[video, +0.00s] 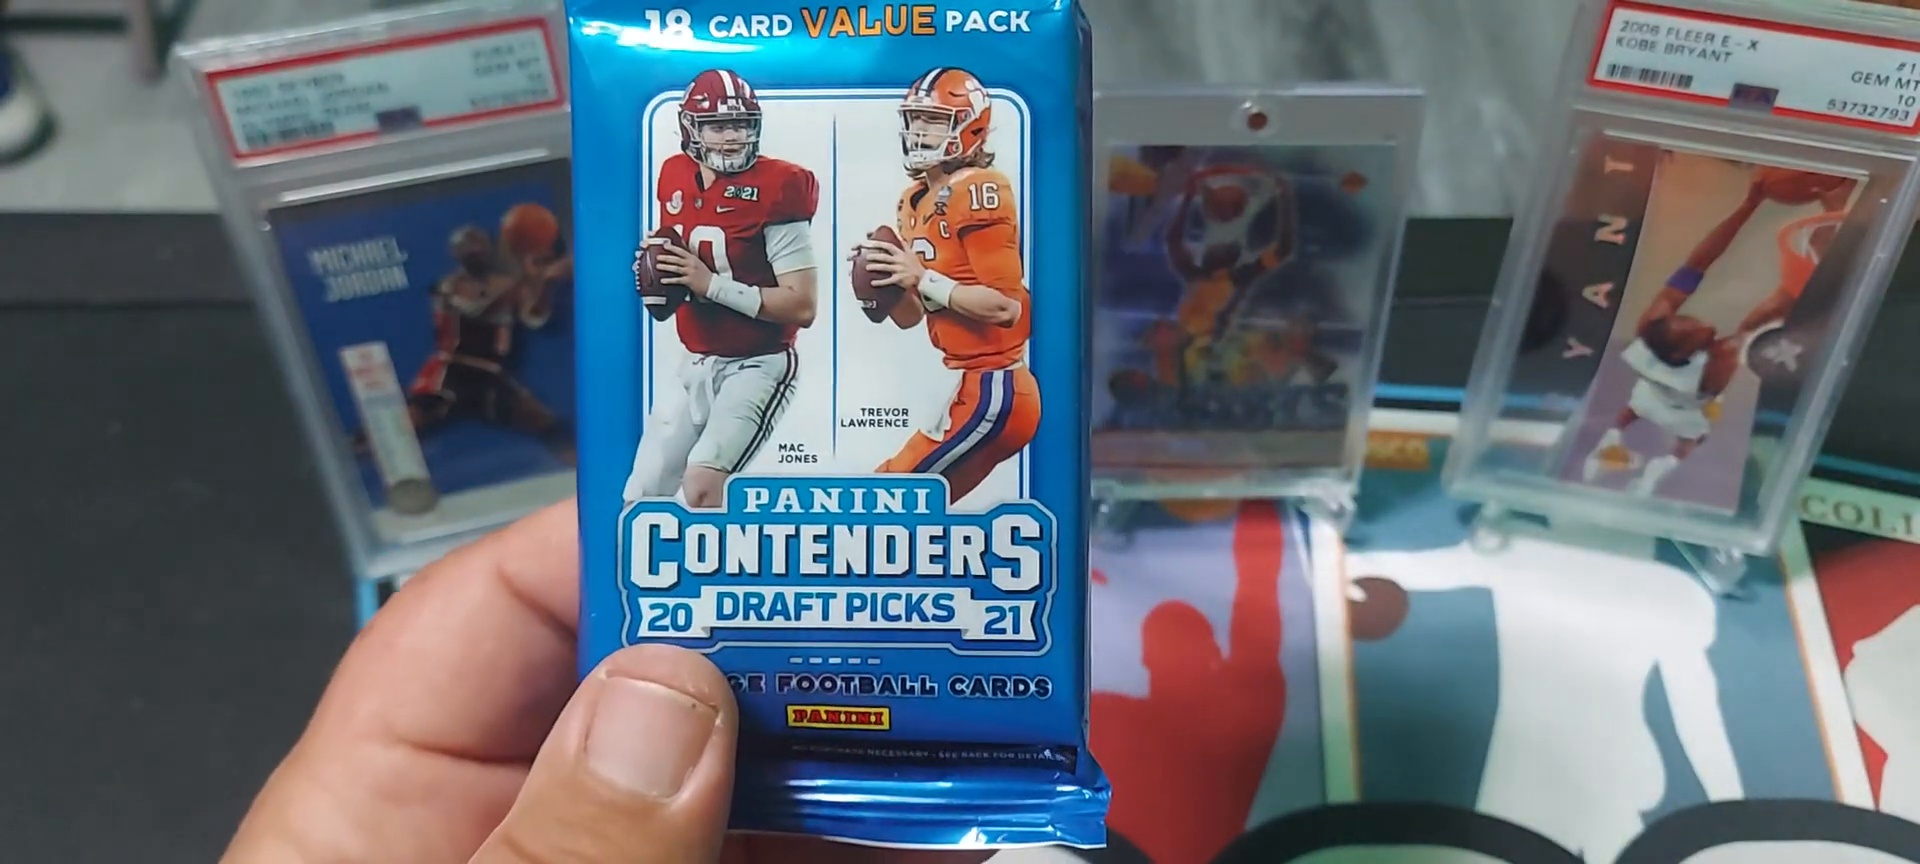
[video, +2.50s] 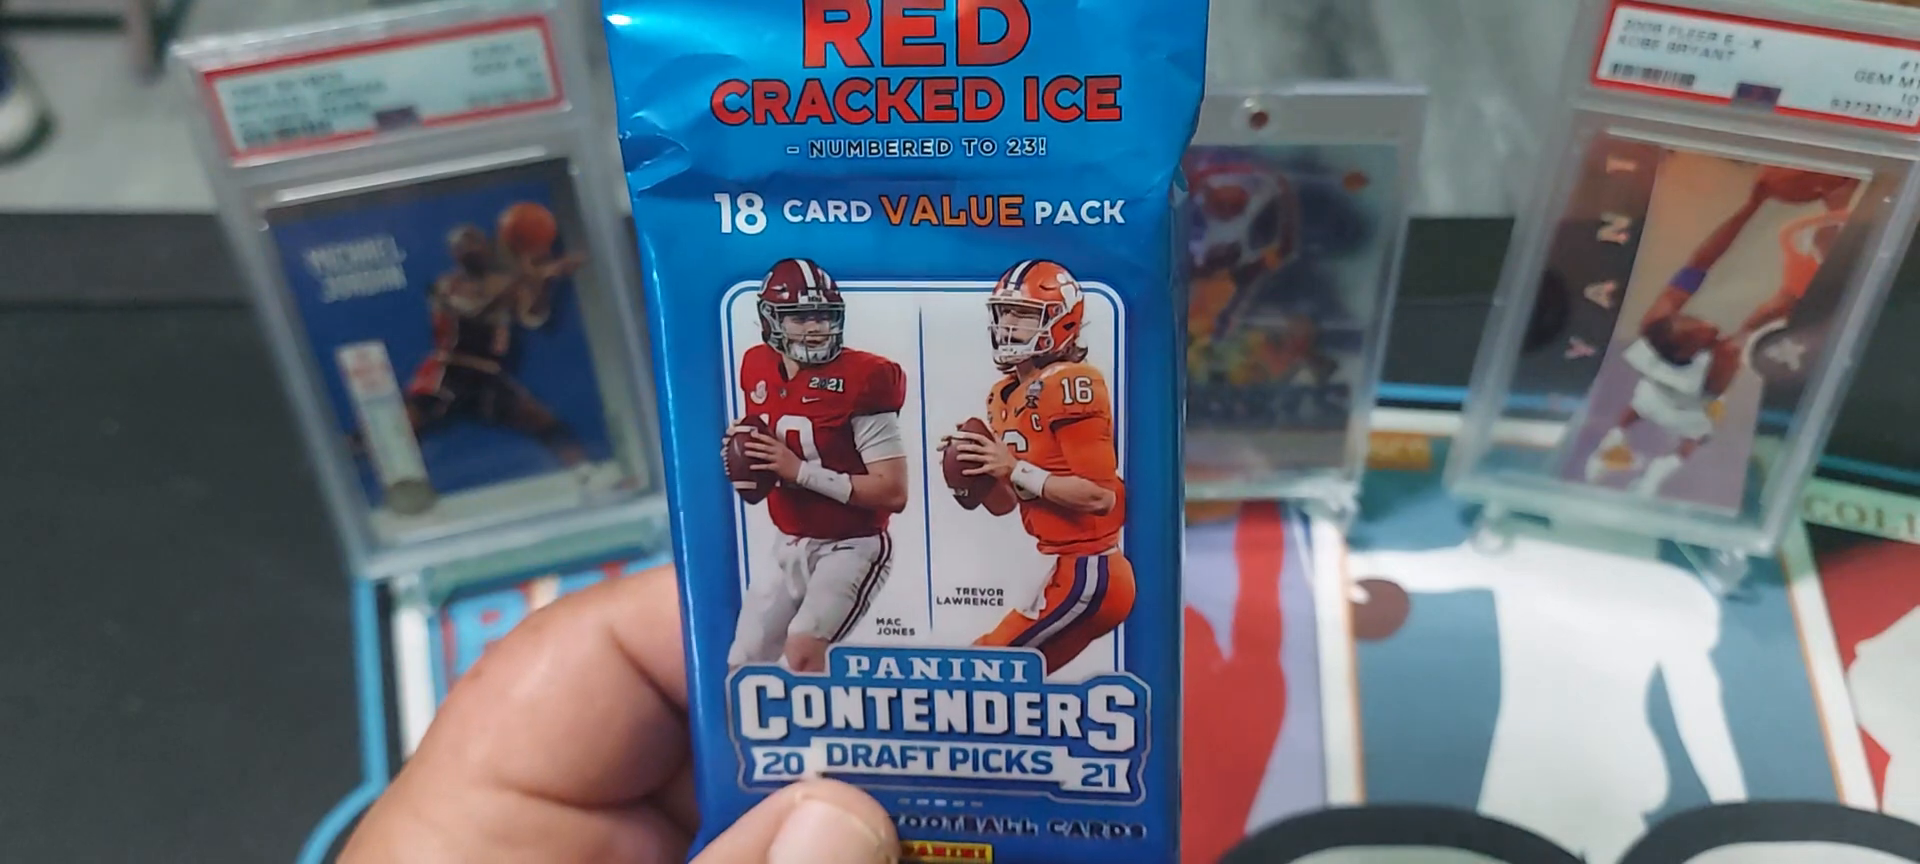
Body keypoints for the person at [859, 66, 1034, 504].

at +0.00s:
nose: (919, 133)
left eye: (934, 122)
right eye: (914, 121)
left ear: (968, 128)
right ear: (905, 124)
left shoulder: (979, 189)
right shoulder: (912, 200)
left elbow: (1005, 307)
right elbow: (908, 316)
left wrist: (921, 277)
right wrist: (879, 282)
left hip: (995, 390)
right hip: (973, 387)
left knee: (881, 501)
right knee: (895, 511)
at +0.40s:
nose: (950, 151)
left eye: (965, 140)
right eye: (945, 139)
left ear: (1001, 146)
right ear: (936, 142)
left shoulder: (1012, 208)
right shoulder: (945, 221)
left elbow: (1043, 327)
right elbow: (942, 338)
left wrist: (956, 300)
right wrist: (914, 299)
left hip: (1032, 413)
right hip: (1010, 411)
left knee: (922, 528)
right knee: (944, 541)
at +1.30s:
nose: (961, 212)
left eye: (977, 199)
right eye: (956, 198)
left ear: (1014, 204)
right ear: (946, 202)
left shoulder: (1028, 273)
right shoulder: (956, 284)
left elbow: (1055, 390)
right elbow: (953, 402)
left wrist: (966, 363)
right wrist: (926, 360)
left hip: (1045, 478)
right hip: (1017, 473)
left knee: (930, 587)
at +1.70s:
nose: (947, 272)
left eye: (963, 260)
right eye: (941, 258)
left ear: (1002, 263)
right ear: (931, 261)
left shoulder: (1016, 329)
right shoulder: (943, 341)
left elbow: (1048, 445)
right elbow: (948, 456)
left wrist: (957, 418)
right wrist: (915, 418)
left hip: (1042, 529)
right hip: (1014, 525)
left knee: (930, 635)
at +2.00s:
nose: (996, 313)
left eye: (1011, 301)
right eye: (992, 300)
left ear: (1047, 306)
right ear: (983, 303)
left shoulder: (1062, 371)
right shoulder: (992, 380)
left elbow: (1087, 482)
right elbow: (990, 490)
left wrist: (1001, 455)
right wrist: (961, 453)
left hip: (1078, 562)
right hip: (1052, 558)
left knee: (966, 663)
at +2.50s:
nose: (1008, 327)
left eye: (1023, 316)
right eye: (1003, 314)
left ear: (1059, 320)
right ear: (994, 317)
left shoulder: (1073, 384)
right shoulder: (1003, 394)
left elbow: (1098, 494)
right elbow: (1002, 503)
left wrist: (1012, 468)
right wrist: (972, 465)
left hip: (1089, 574)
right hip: (1065, 570)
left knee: (978, 674)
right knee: (994, 683)